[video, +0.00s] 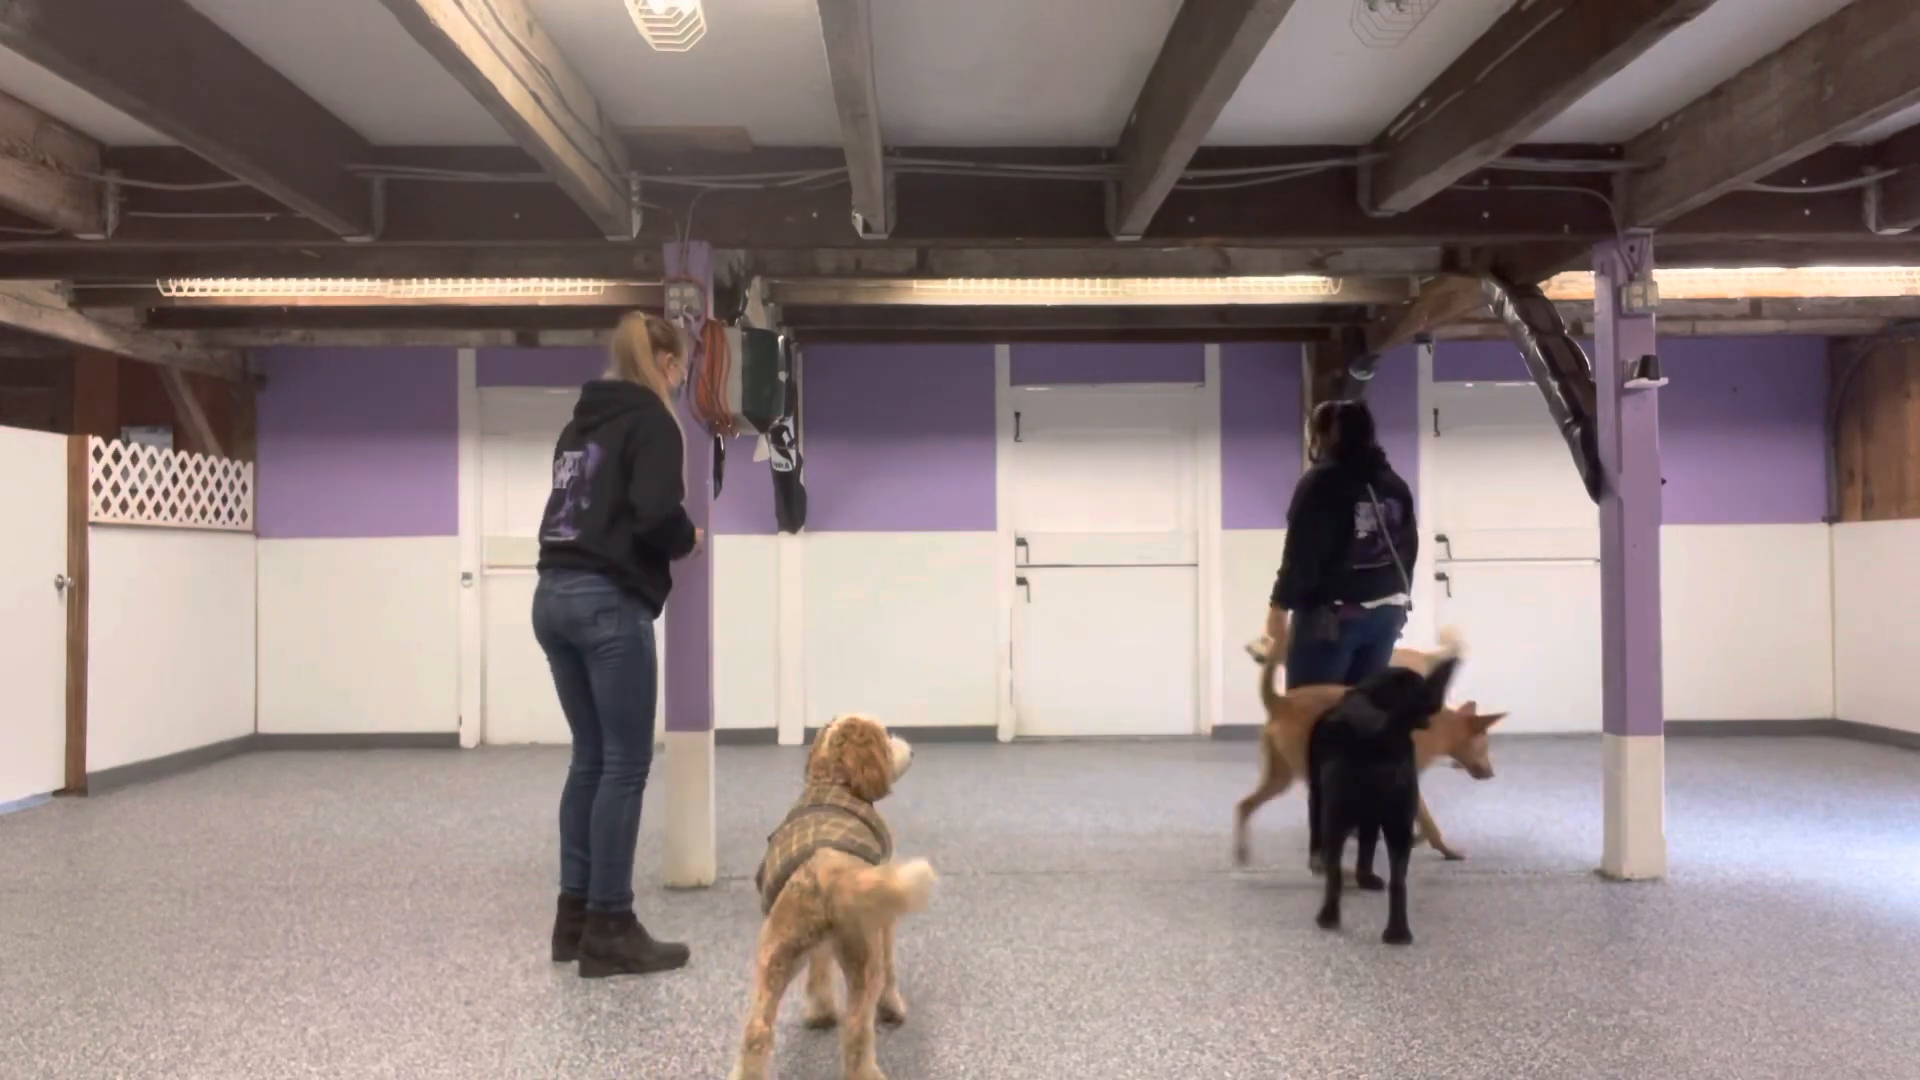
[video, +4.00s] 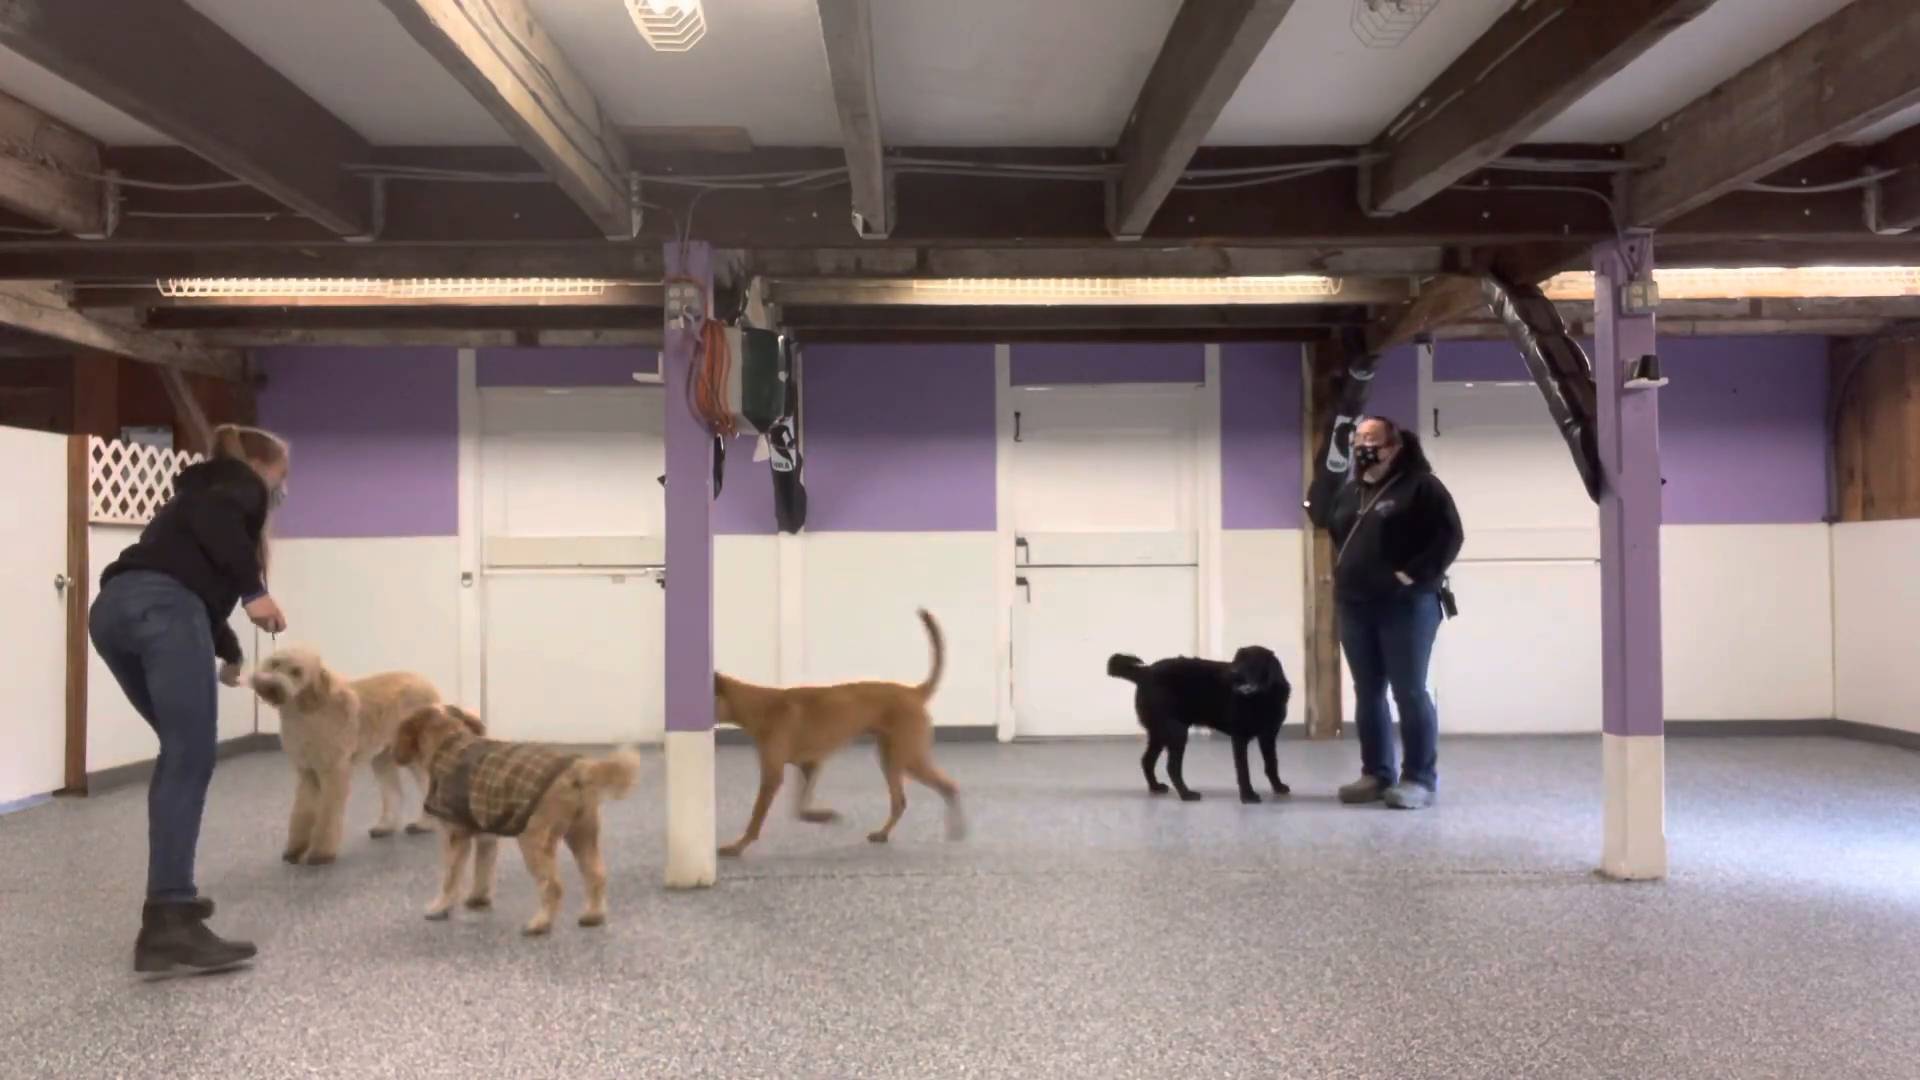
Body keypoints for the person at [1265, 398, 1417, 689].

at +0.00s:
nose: (1311, 443)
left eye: (1315, 434)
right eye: (1312, 434)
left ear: (1329, 436)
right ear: (1365, 434)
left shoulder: (1319, 483)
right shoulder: (1394, 483)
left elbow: (1300, 555)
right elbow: (1407, 547)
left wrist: (1278, 611)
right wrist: (1398, 599)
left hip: (1330, 611)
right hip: (1387, 608)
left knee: (1307, 713)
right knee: (1362, 711)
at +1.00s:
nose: (1282, 457)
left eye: (1287, 448)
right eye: (1282, 449)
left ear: (1307, 448)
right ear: (1305, 450)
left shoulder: (1333, 489)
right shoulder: (1301, 488)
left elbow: (1327, 554)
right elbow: (1290, 549)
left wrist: (1296, 604)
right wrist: (1271, 598)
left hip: (1315, 616)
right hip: (1295, 614)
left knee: (1294, 704)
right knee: (1292, 703)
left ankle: (1294, 795)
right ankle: (1294, 792)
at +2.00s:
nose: (1367, 468)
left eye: (1372, 459)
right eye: (1361, 461)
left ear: (1393, 448)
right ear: (1354, 457)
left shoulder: (1428, 489)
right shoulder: (1353, 489)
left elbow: (1456, 541)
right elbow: (1334, 542)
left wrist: (1434, 580)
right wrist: (1322, 593)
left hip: (1410, 606)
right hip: (1356, 608)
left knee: (1409, 694)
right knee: (1357, 697)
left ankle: (1419, 782)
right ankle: (1361, 780)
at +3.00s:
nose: (1367, 463)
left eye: (1374, 454)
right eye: (1362, 456)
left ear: (1396, 449)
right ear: (1357, 456)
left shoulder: (1426, 488)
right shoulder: (1358, 491)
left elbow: (1447, 541)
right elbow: (1323, 511)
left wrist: (1412, 580)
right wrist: (1333, 465)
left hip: (1409, 602)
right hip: (1356, 601)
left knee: (1405, 691)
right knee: (1364, 692)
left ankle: (1414, 779)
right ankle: (1375, 775)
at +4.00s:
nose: (1364, 450)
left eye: (1373, 443)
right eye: (1359, 444)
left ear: (1395, 447)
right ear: (1353, 449)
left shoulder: (1421, 485)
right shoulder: (1352, 490)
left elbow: (1451, 535)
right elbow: (1321, 516)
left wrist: (1414, 574)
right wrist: (1329, 468)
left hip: (1405, 600)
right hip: (1355, 602)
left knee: (1410, 691)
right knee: (1369, 691)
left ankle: (1420, 781)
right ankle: (1377, 775)